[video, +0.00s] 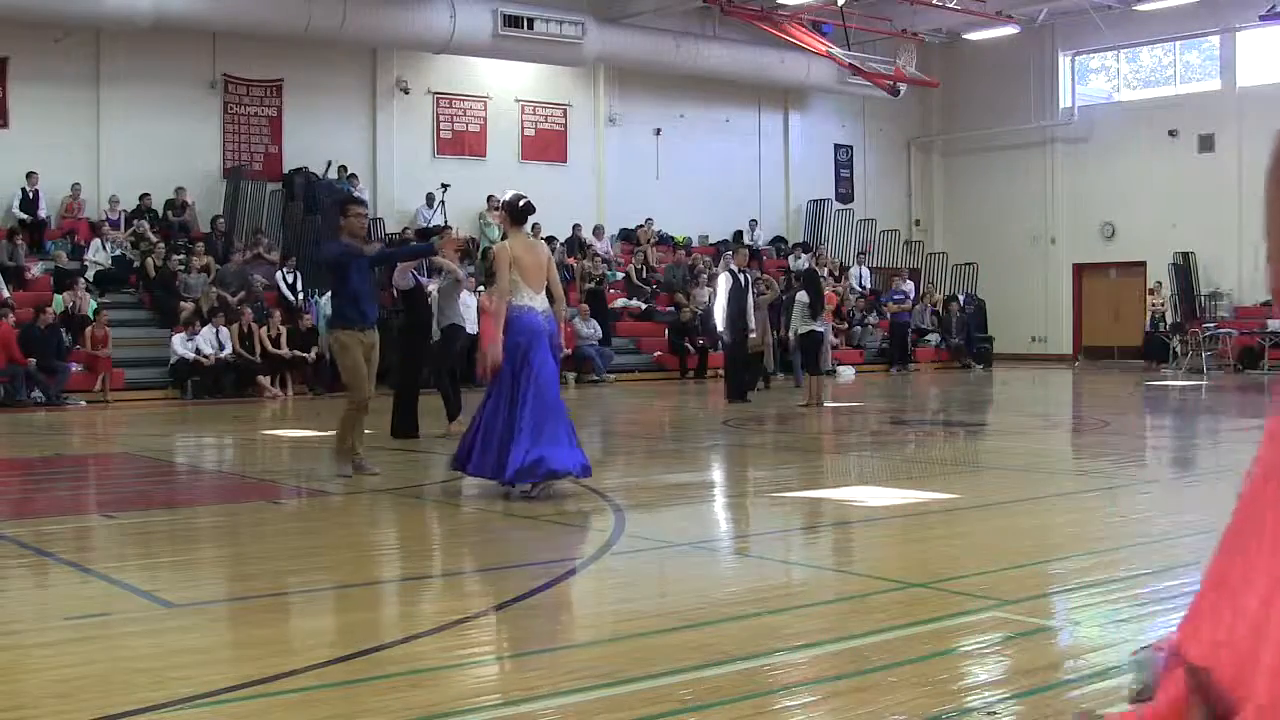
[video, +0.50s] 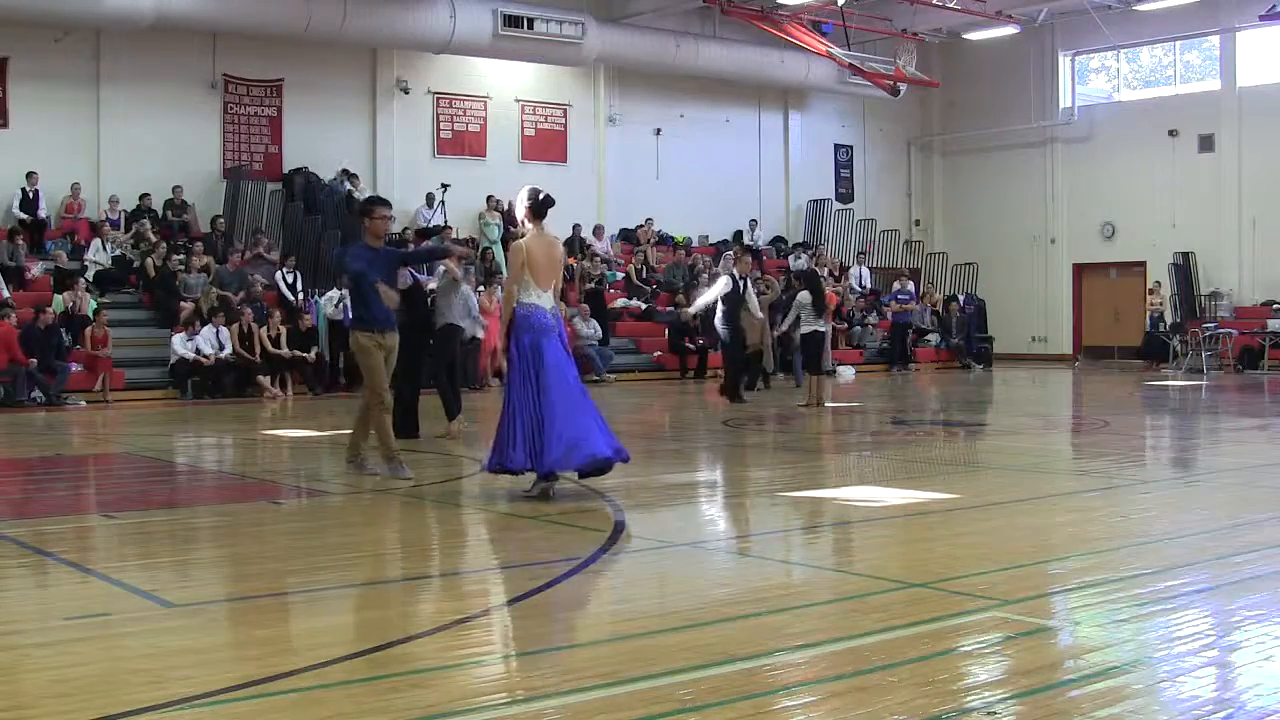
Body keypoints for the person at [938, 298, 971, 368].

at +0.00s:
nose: (953, 308)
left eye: (955, 305)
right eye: (951, 306)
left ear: (958, 307)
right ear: (948, 307)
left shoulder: (963, 318)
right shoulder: (945, 318)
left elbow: (964, 331)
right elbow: (943, 331)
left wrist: (958, 338)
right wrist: (949, 339)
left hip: (959, 339)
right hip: (949, 339)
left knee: (961, 346)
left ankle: (964, 360)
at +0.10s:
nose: (953, 308)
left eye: (954, 305)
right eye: (951, 306)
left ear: (958, 307)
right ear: (948, 307)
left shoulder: (963, 318)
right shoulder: (945, 318)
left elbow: (964, 331)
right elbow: (943, 331)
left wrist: (958, 338)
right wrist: (949, 339)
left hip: (959, 339)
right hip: (949, 339)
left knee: (961, 346)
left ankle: (964, 360)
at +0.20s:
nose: (953, 308)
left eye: (954, 305)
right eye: (951, 306)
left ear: (958, 307)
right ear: (948, 307)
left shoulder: (963, 318)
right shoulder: (945, 318)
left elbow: (964, 331)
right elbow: (943, 332)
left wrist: (958, 338)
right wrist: (949, 339)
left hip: (959, 339)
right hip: (949, 339)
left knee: (961, 346)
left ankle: (964, 360)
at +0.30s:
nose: (953, 308)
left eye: (955, 306)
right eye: (951, 306)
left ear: (958, 307)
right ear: (949, 307)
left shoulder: (963, 317)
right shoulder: (945, 318)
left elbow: (964, 331)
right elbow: (943, 332)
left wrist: (958, 339)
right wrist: (950, 340)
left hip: (959, 338)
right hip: (950, 339)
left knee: (961, 345)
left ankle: (963, 361)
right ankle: (965, 361)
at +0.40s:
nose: (954, 308)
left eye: (955, 306)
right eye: (952, 306)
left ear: (958, 307)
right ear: (949, 307)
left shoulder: (963, 318)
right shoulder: (945, 318)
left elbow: (964, 331)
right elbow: (943, 332)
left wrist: (958, 338)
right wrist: (950, 339)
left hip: (959, 338)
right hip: (950, 338)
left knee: (961, 344)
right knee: (954, 346)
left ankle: (963, 361)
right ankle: (967, 361)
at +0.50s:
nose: (954, 308)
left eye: (955, 306)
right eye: (952, 306)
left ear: (958, 307)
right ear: (949, 307)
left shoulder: (963, 318)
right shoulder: (945, 318)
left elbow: (964, 331)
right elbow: (943, 332)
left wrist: (958, 338)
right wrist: (950, 339)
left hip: (959, 338)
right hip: (950, 338)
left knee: (961, 344)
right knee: (953, 346)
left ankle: (963, 361)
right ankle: (966, 361)